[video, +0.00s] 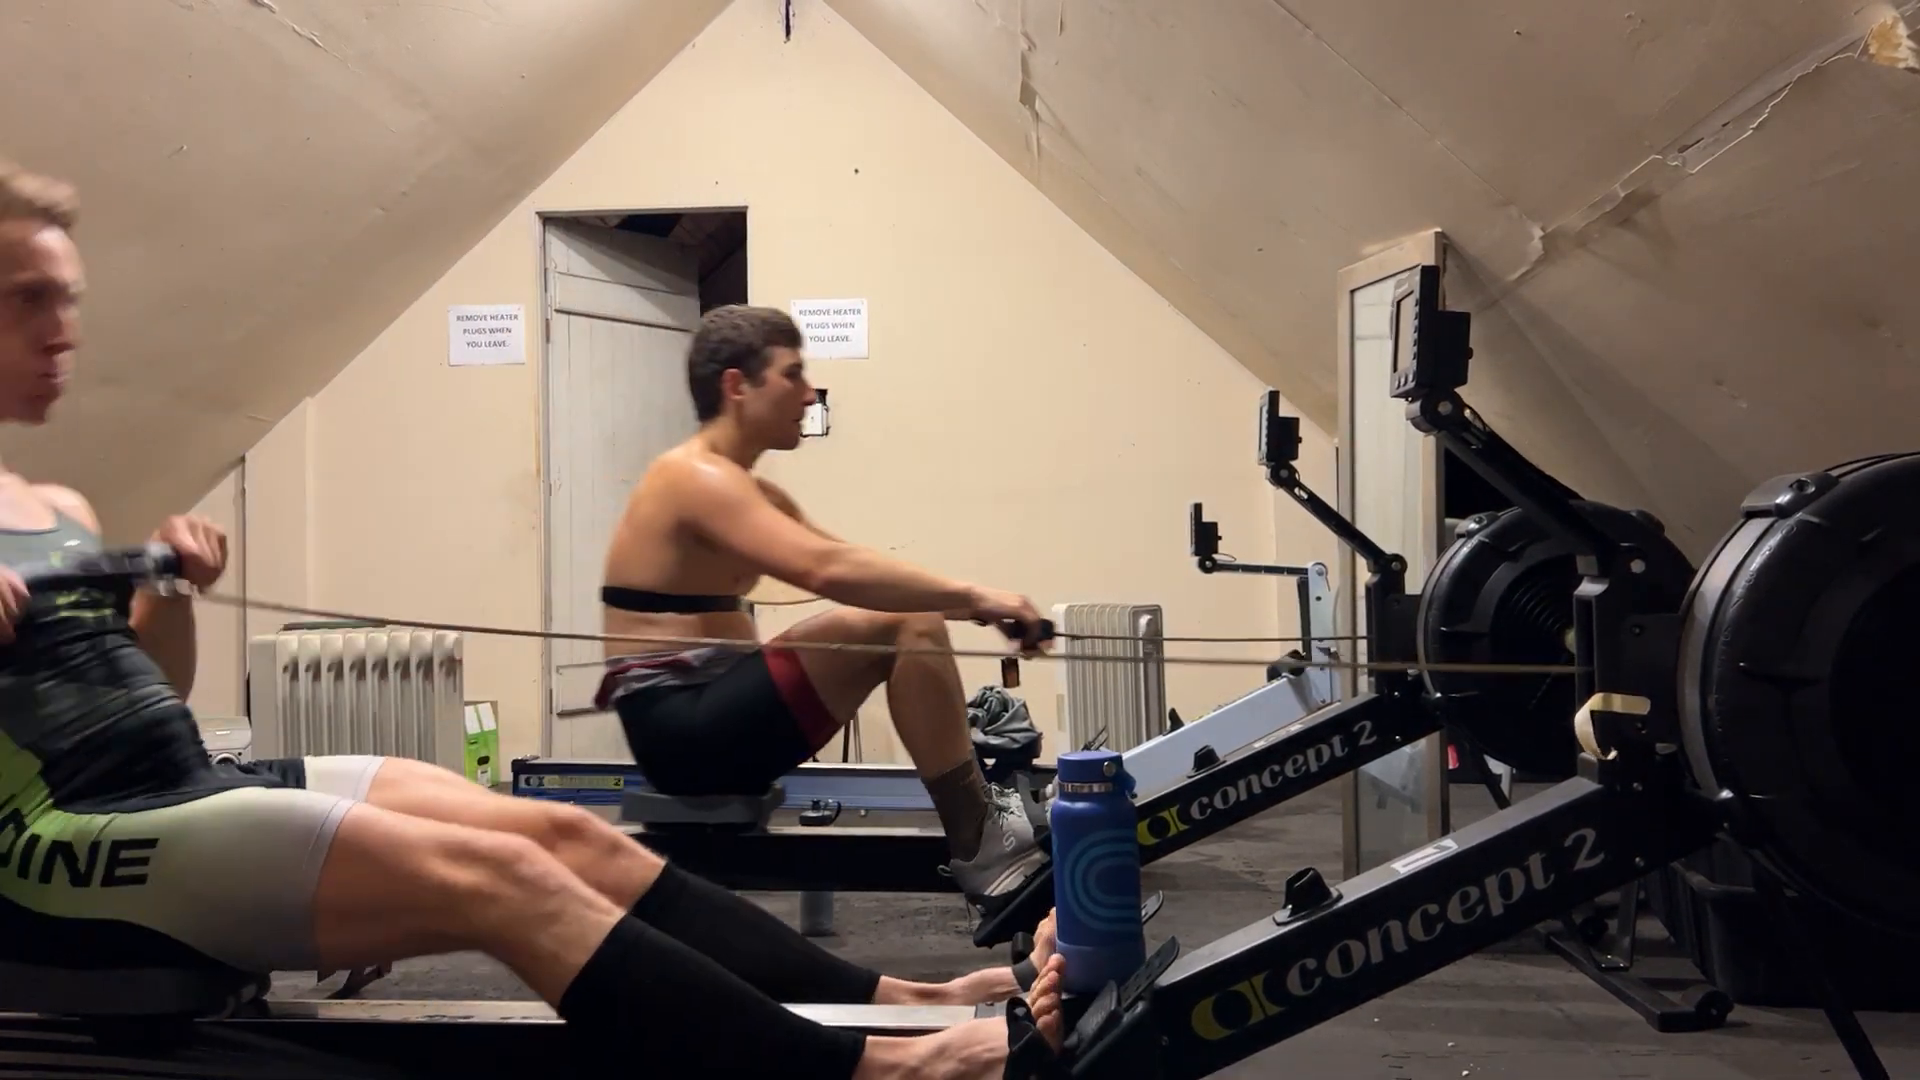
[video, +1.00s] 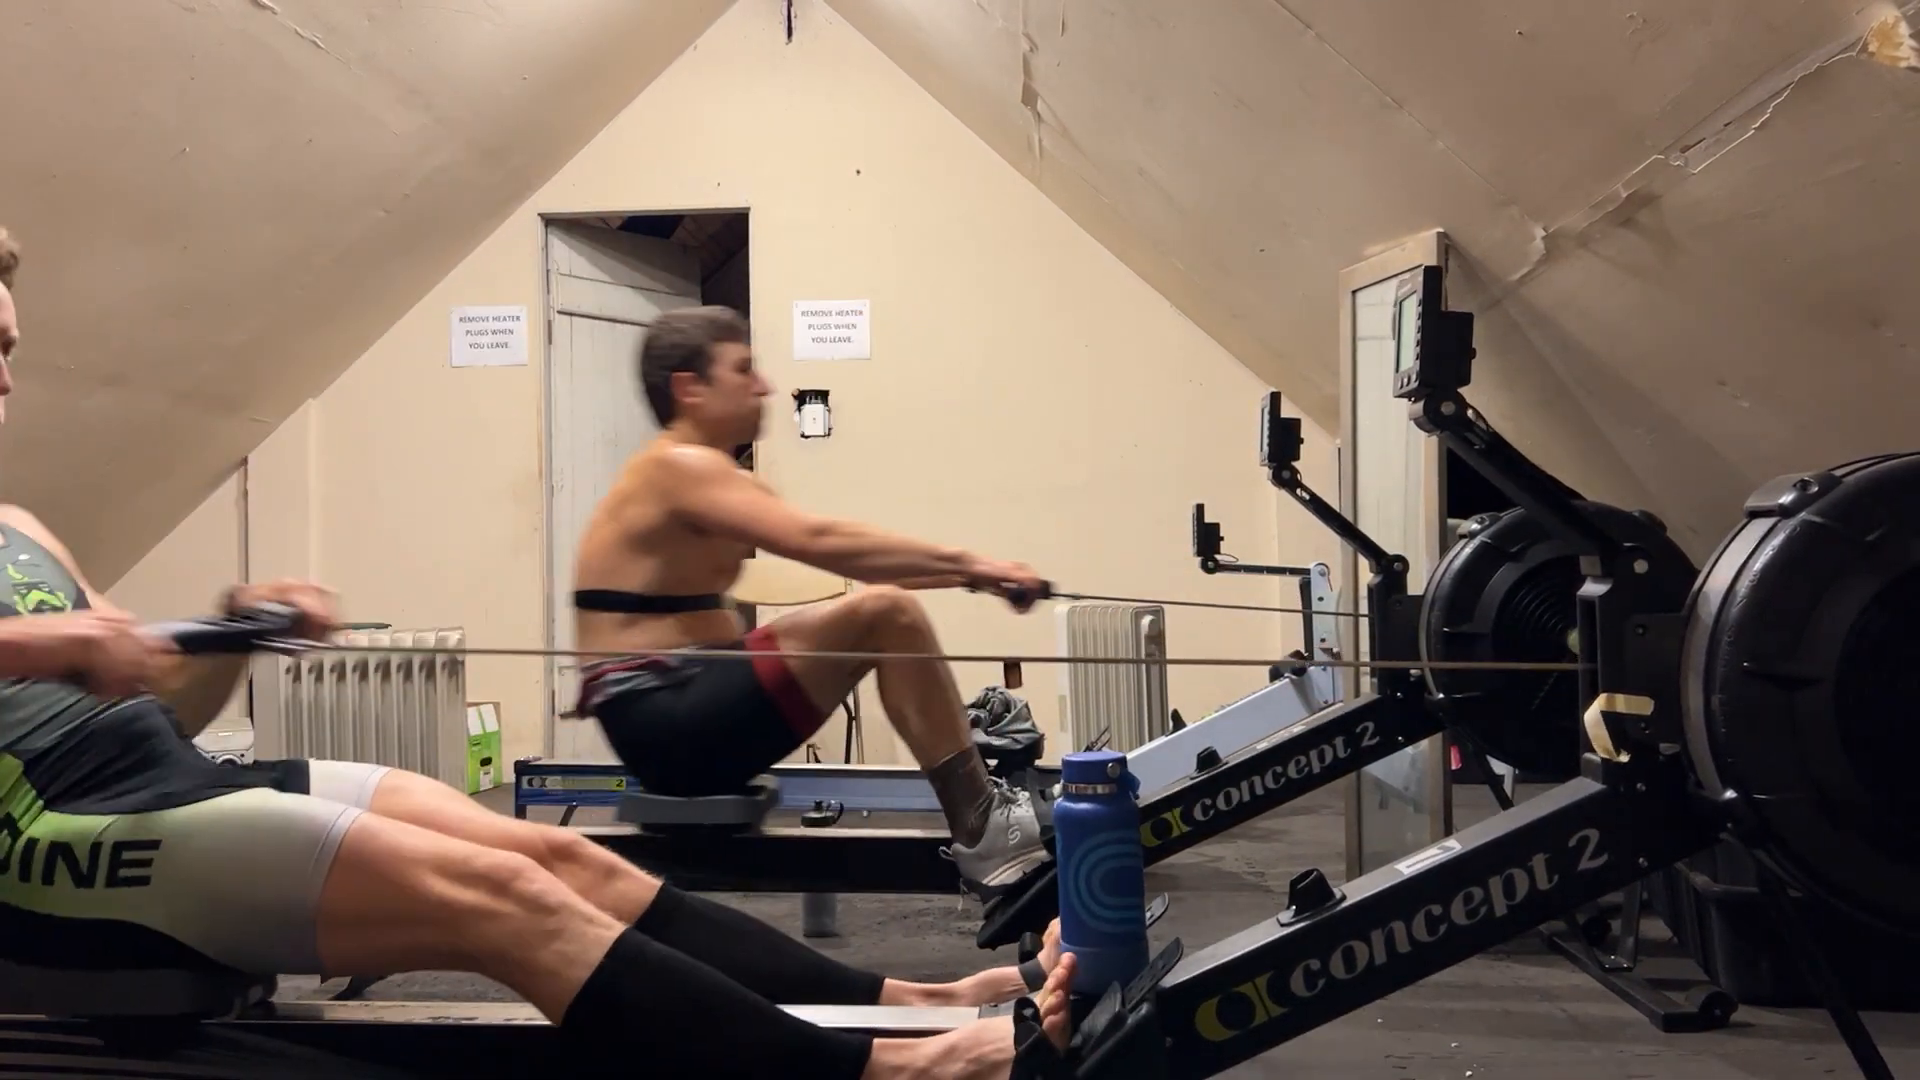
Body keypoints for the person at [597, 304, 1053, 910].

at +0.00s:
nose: (812, 391)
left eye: (805, 375)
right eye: (792, 375)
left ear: (745, 388)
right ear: (736, 387)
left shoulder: (752, 489)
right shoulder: (696, 479)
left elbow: (849, 563)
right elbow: (825, 573)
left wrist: (977, 604)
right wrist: (974, 598)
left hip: (714, 717)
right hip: (680, 730)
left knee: (909, 622)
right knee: (910, 630)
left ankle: (978, 831)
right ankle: (977, 846)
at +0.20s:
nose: (909, 396)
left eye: (903, 377)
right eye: (892, 377)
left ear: (839, 394)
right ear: (837, 390)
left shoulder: (814, 477)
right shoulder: (803, 478)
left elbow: (952, 566)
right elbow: (947, 563)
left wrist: (1083, 609)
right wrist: (1091, 598)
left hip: (769, 723)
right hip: (759, 732)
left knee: (956, 601)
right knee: (955, 602)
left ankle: (979, 825)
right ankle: (977, 833)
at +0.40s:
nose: (993, 401)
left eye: (987, 382)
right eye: (976, 383)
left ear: (927, 398)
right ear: (923, 395)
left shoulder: (887, 476)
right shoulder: (896, 481)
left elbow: (1041, 562)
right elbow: (1042, 559)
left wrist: (1180, 606)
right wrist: (1190, 596)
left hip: (806, 722)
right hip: (806, 733)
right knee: (1003, 583)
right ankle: (976, 817)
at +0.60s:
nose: (1024, 400)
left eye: (1016, 382)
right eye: (1007, 383)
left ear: (953, 402)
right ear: (952, 399)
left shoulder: (927, 476)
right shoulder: (930, 482)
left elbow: (1086, 557)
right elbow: (1084, 554)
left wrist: (1219, 595)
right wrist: (1233, 585)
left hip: (851, 726)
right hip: (849, 735)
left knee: (1012, 576)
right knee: (1026, 587)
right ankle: (980, 821)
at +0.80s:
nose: (942, 391)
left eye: (933, 374)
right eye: (923, 376)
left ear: (873, 396)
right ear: (872, 394)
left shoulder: (846, 468)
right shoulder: (859, 474)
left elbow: (1004, 551)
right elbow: (1005, 548)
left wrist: (1139, 582)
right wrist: (1145, 570)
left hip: (785, 719)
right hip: (788, 728)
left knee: (974, 589)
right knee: (975, 590)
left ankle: (981, 806)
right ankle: (980, 822)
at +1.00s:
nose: (764, 387)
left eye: (755, 369)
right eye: (743, 371)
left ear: (694, 390)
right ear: (686, 388)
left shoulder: (706, 472)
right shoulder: (681, 468)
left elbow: (839, 554)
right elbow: (823, 543)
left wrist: (969, 569)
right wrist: (968, 566)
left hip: (687, 712)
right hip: (665, 724)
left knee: (885, 612)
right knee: (887, 616)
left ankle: (980, 817)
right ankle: (978, 828)